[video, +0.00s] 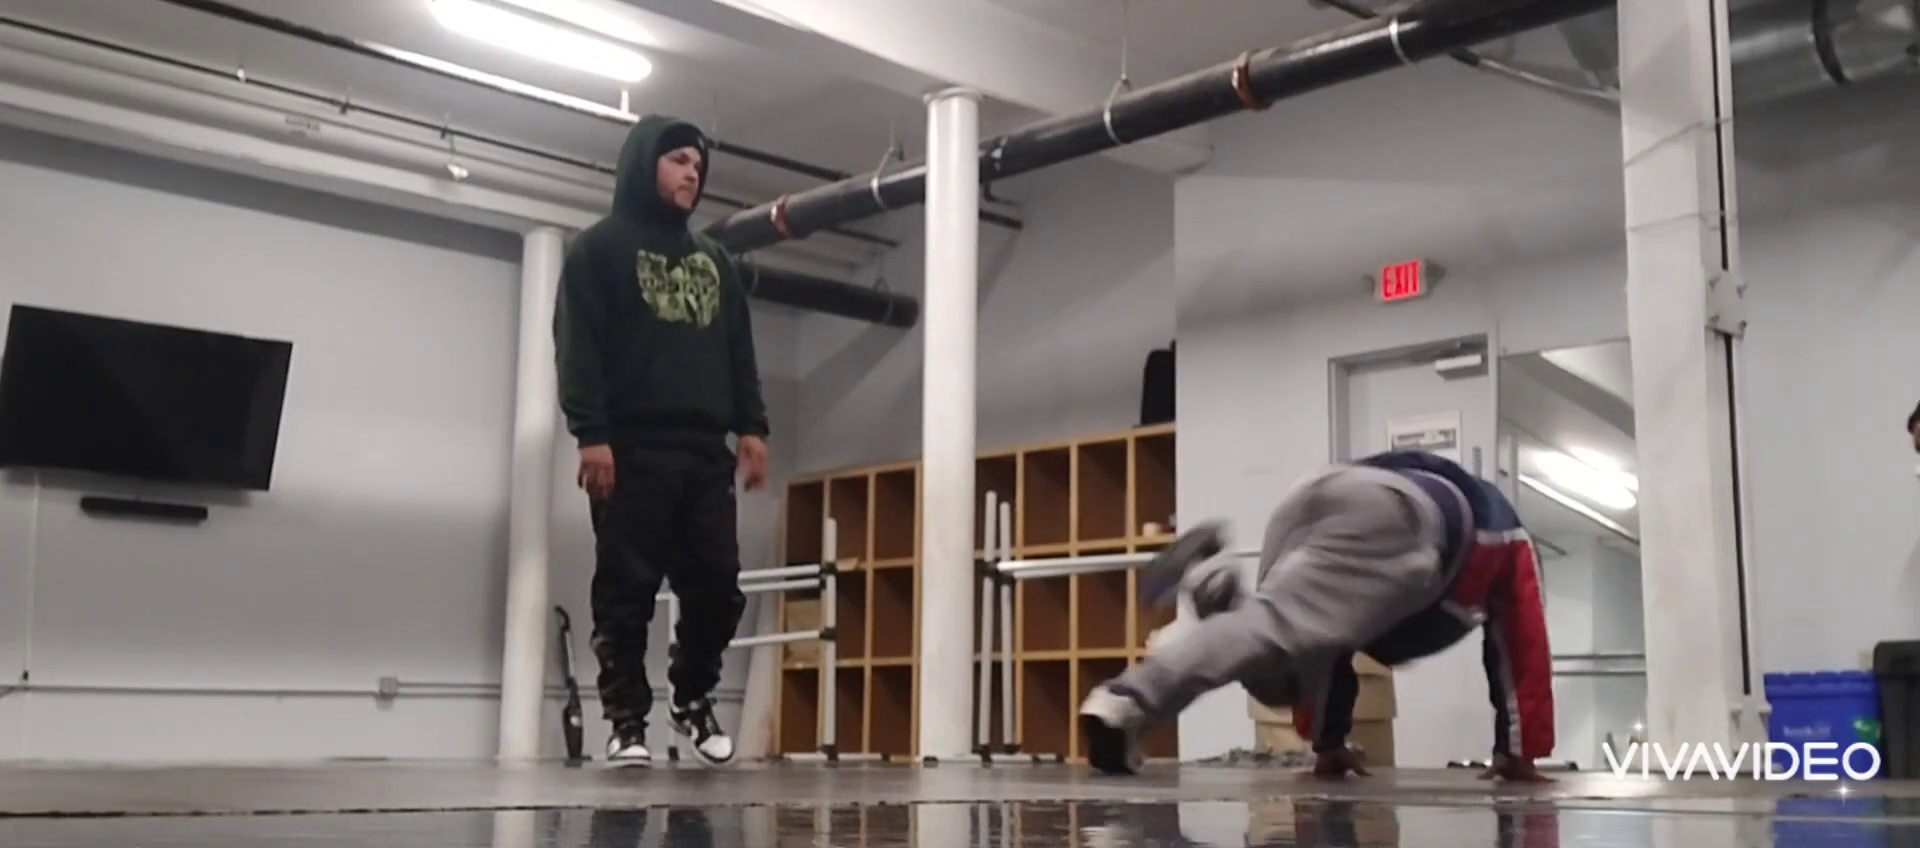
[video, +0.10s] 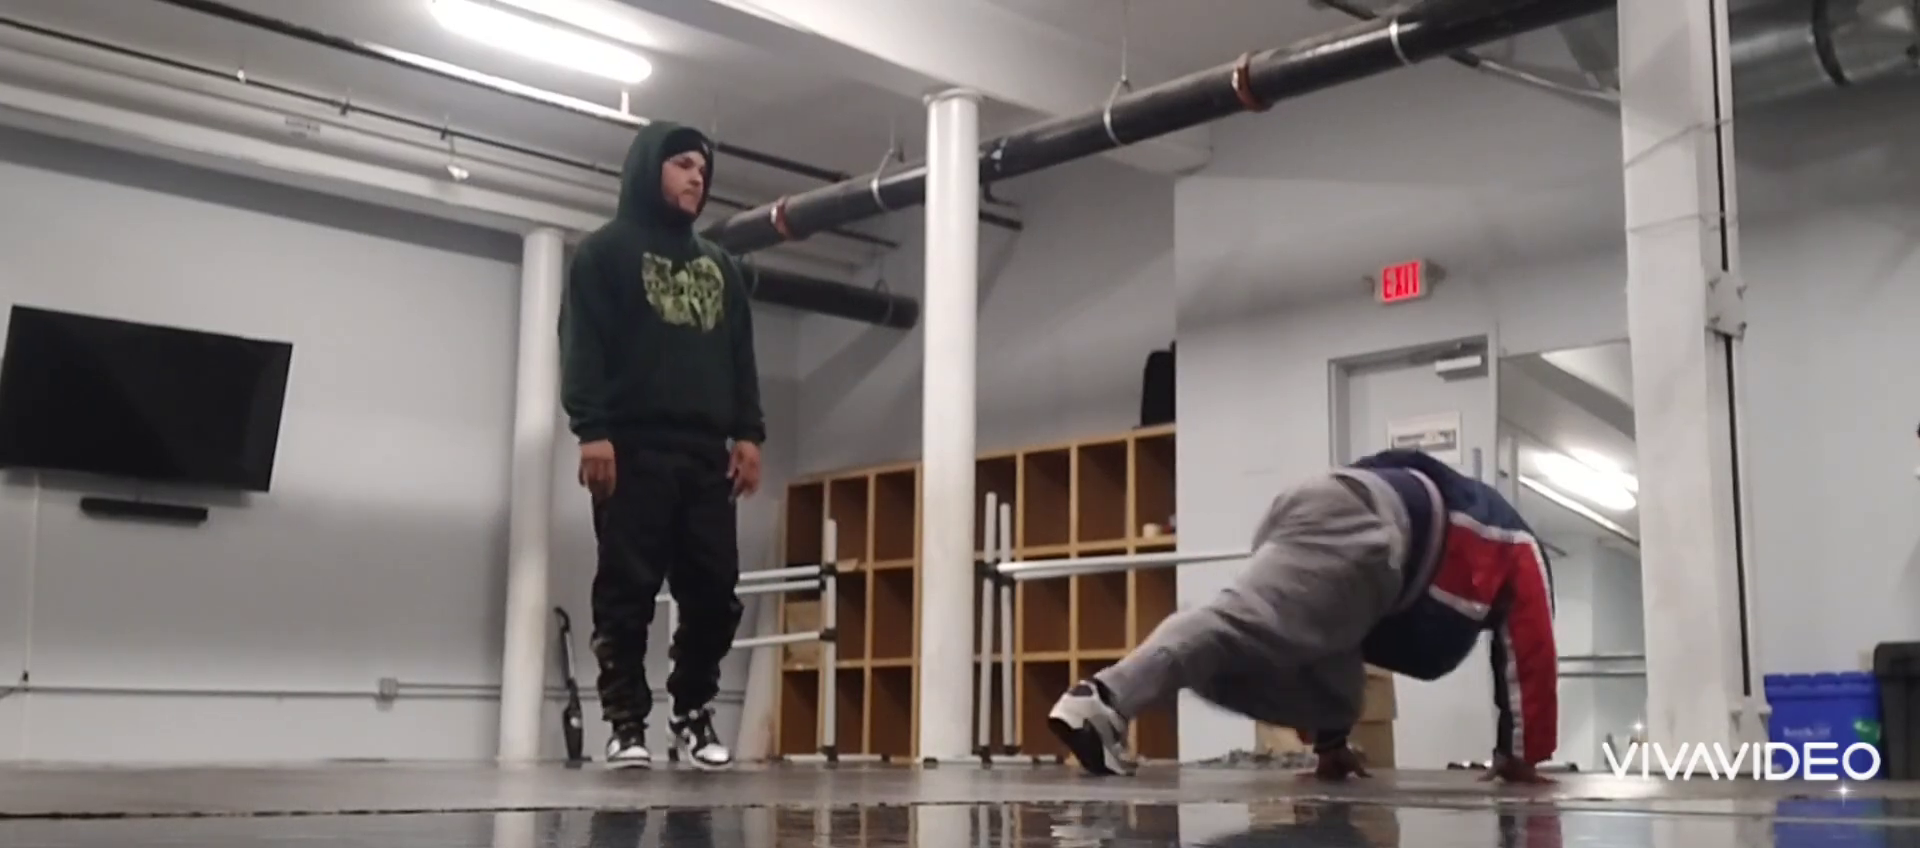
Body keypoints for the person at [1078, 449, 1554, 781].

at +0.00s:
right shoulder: (1506, 539)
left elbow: (1334, 639)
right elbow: (1518, 650)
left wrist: (1331, 747)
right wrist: (1518, 755)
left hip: (1320, 492)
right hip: (1398, 508)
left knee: (1289, 684)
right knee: (1278, 627)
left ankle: (1209, 588)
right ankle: (1125, 701)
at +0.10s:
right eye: (1542, 582)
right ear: (1531, 551)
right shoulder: (1519, 547)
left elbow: (1336, 634)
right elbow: (1528, 655)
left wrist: (1331, 747)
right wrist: (1521, 755)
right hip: (1364, 519)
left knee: (1325, 693)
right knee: (1244, 619)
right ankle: (1103, 700)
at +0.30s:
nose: (1504, 660)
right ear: (1535, 581)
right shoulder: (1517, 542)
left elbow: (1337, 636)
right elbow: (1521, 659)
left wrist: (1353, 745)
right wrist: (1523, 760)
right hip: (1334, 510)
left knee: (1331, 685)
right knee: (1223, 610)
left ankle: (1257, 709)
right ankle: (1103, 704)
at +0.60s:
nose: (1494, 640)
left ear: (1474, 612)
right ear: (1516, 587)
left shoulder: (1409, 598)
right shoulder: (1501, 539)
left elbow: (1350, 650)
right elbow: (1508, 652)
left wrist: (1349, 743)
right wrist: (1524, 756)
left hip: (1305, 558)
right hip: (1296, 483)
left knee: (1267, 664)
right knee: (1208, 595)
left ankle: (1124, 678)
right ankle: (1074, 698)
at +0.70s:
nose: (1477, 662)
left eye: (1483, 661)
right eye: (1490, 660)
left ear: (1470, 623)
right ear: (1498, 639)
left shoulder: (1403, 601)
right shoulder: (1497, 539)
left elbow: (1344, 650)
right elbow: (1521, 649)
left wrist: (1347, 741)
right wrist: (1552, 750)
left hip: (1304, 549)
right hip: (1299, 479)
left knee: (1255, 663)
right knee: (1208, 597)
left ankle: (1106, 653)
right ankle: (1070, 701)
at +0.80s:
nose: (1470, 655)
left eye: (1468, 649)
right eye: (1482, 647)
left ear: (1457, 620)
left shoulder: (1383, 591)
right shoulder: (1503, 539)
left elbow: (1348, 657)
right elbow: (1525, 641)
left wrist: (1348, 744)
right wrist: (1568, 754)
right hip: (1316, 472)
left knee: (1227, 622)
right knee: (1214, 606)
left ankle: (1098, 643)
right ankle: (1071, 704)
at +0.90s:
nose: (1493, 642)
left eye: (1488, 632)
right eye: (1501, 640)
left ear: (1467, 607)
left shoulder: (1397, 585)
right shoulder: (1521, 529)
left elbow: (1365, 646)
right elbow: (1531, 646)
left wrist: (1357, 745)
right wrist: (1570, 758)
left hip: (1271, 441)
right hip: (1340, 464)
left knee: (1218, 584)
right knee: (1213, 606)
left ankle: (1100, 590)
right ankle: (1071, 713)